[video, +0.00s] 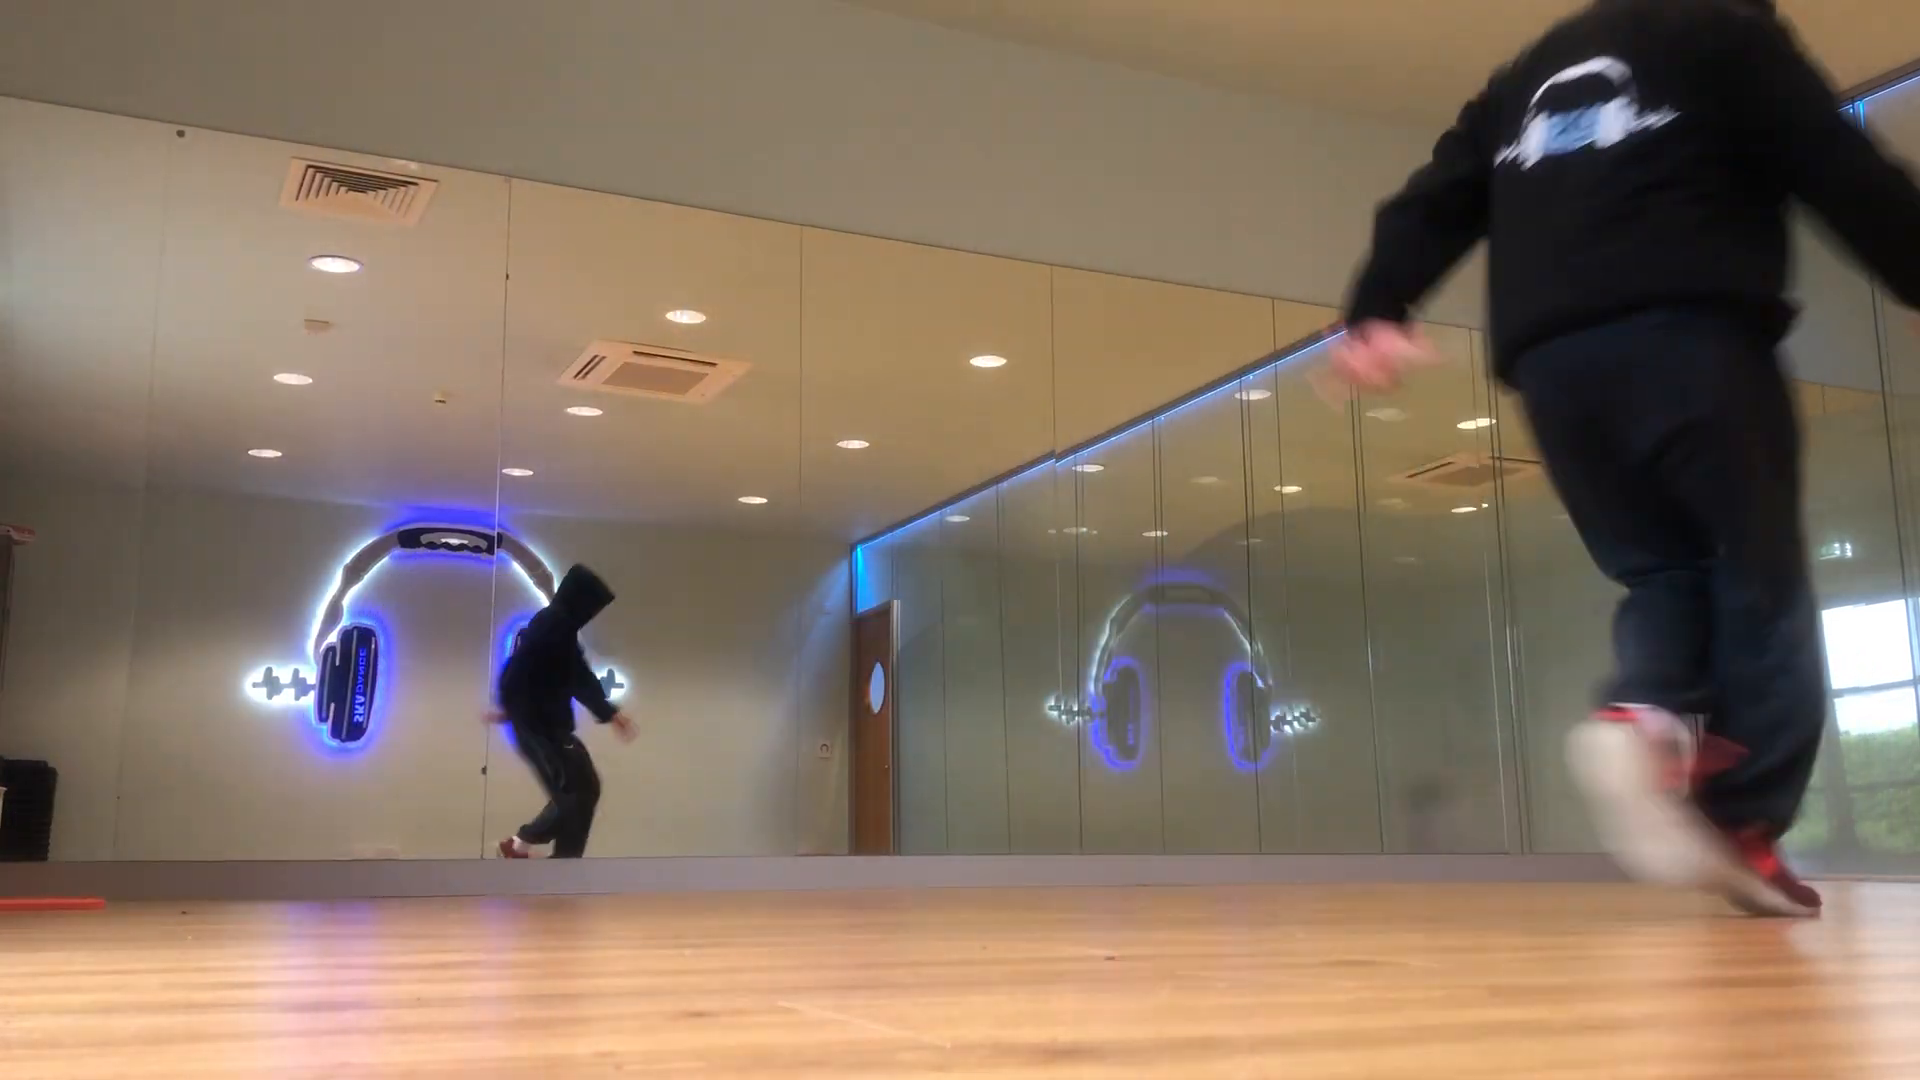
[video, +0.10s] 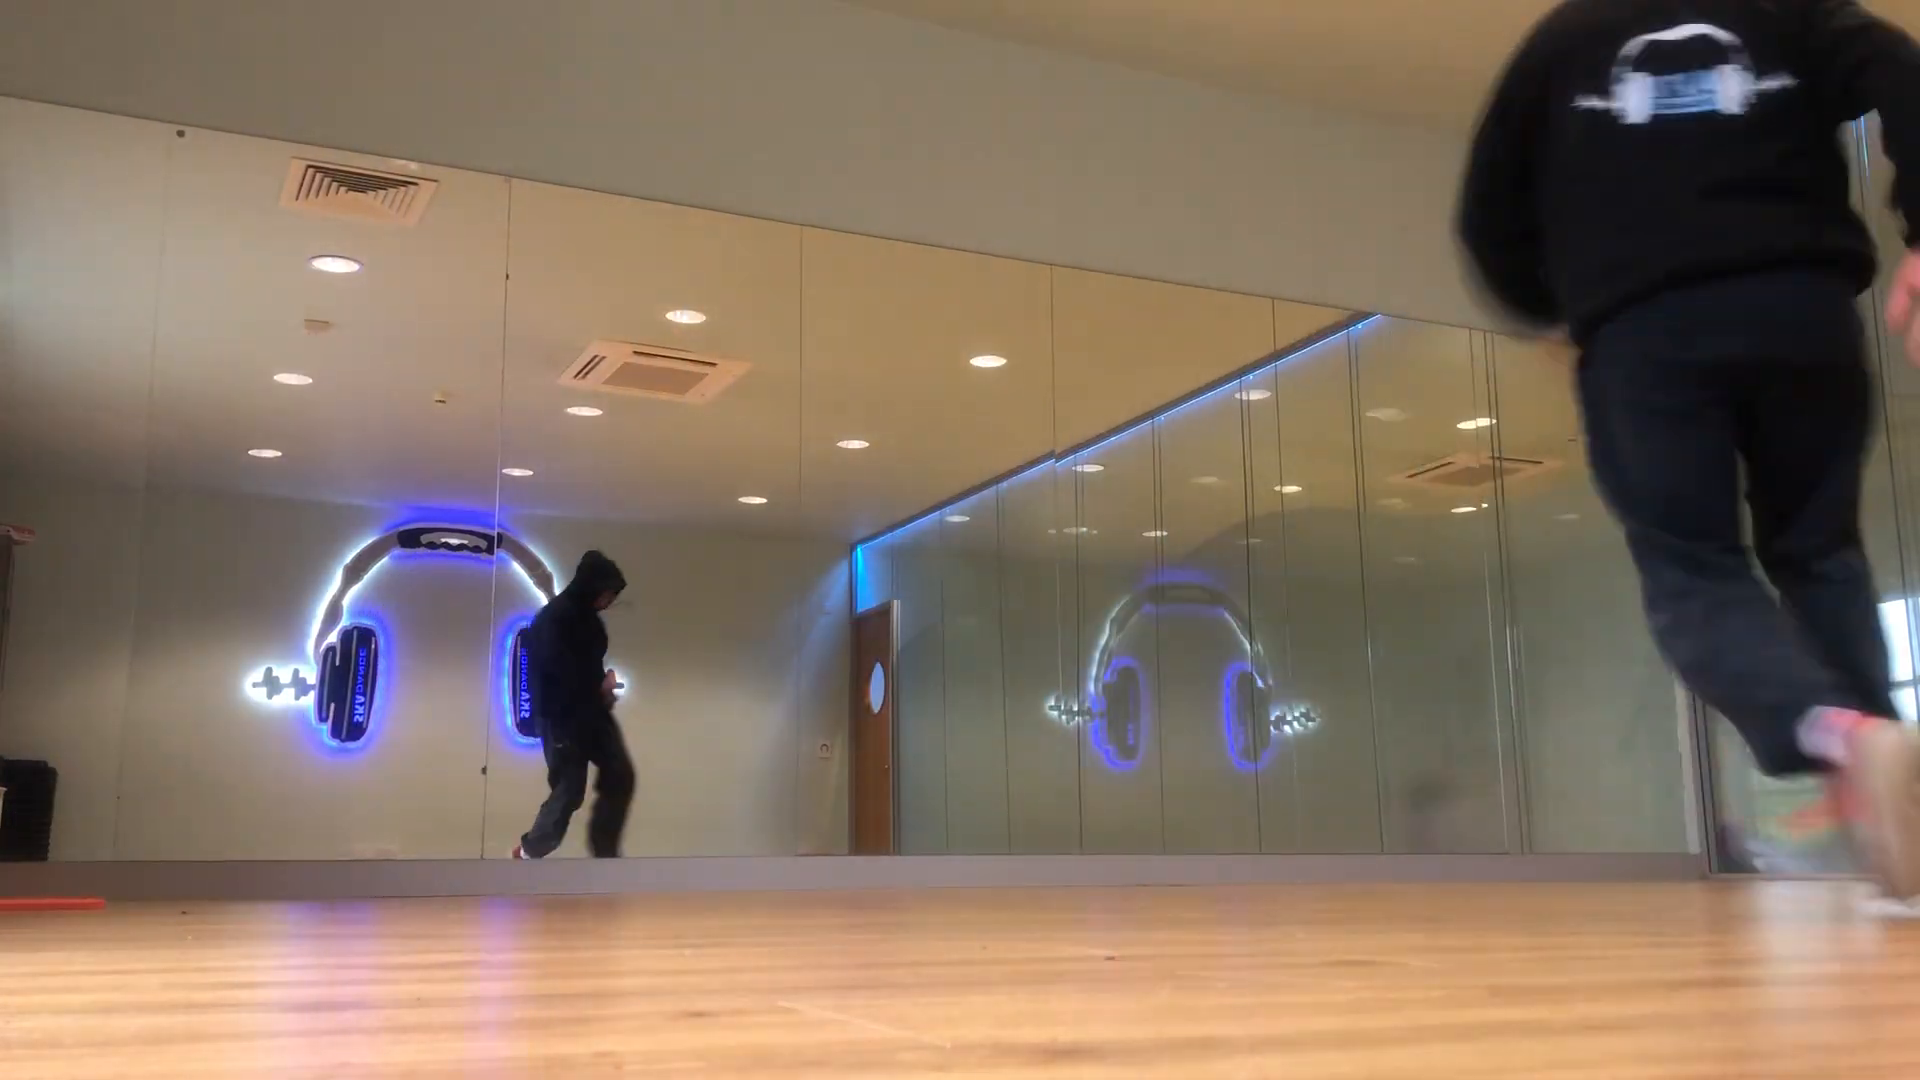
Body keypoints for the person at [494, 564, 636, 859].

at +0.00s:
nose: (593, 613)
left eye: (595, 607)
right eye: (592, 606)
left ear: (571, 597)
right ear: (580, 601)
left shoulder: (562, 628)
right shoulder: (548, 625)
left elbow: (579, 676)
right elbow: (517, 667)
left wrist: (609, 713)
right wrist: (508, 705)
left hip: (554, 724)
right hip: (534, 725)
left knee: (585, 788)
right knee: (576, 789)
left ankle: (565, 866)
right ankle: (521, 843)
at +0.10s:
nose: (611, 601)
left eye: (614, 595)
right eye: (609, 594)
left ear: (589, 586)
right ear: (595, 589)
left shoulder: (587, 618)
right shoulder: (560, 618)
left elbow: (578, 671)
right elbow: (561, 680)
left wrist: (600, 686)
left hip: (591, 713)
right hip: (561, 717)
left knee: (619, 779)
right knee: (569, 789)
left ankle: (604, 854)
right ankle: (529, 850)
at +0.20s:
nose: (630, 611)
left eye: (632, 605)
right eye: (630, 603)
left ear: (603, 592)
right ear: (619, 597)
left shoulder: (575, 623)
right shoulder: (606, 626)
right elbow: (611, 669)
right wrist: (629, 633)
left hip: (571, 722)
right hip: (605, 721)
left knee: (563, 797)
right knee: (647, 783)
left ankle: (540, 860)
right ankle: (664, 855)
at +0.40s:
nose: (688, 626)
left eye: (689, 620)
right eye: (686, 619)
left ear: (666, 617)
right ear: (676, 618)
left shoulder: (677, 653)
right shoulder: (641, 649)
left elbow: (692, 693)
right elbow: (626, 708)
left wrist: (718, 727)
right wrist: (629, 758)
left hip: (669, 745)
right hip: (632, 746)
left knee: (690, 814)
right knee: (622, 818)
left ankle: (695, 881)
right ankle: (558, 852)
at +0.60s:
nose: (706, 603)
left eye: (710, 597)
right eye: (701, 597)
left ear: (715, 596)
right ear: (688, 594)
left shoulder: (721, 622)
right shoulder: (658, 622)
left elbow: (749, 638)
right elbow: (618, 651)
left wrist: (775, 649)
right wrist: (618, 687)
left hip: (711, 717)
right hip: (669, 720)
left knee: (725, 786)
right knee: (692, 773)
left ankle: (712, 858)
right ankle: (669, 819)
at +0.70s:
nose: (703, 599)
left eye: (708, 593)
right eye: (697, 593)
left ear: (717, 591)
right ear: (687, 592)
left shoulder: (736, 616)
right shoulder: (663, 616)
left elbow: (769, 625)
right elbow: (625, 647)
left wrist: (773, 670)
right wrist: (626, 692)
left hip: (728, 711)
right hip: (681, 715)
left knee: (747, 780)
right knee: (683, 770)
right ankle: (702, 833)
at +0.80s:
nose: (702, 615)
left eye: (707, 608)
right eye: (696, 609)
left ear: (715, 606)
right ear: (686, 608)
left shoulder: (738, 632)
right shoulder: (673, 636)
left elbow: (772, 652)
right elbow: (640, 679)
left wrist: (771, 695)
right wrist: (666, 681)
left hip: (747, 727)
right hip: (704, 733)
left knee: (766, 792)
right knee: (695, 787)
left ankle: (796, 861)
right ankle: (707, 862)